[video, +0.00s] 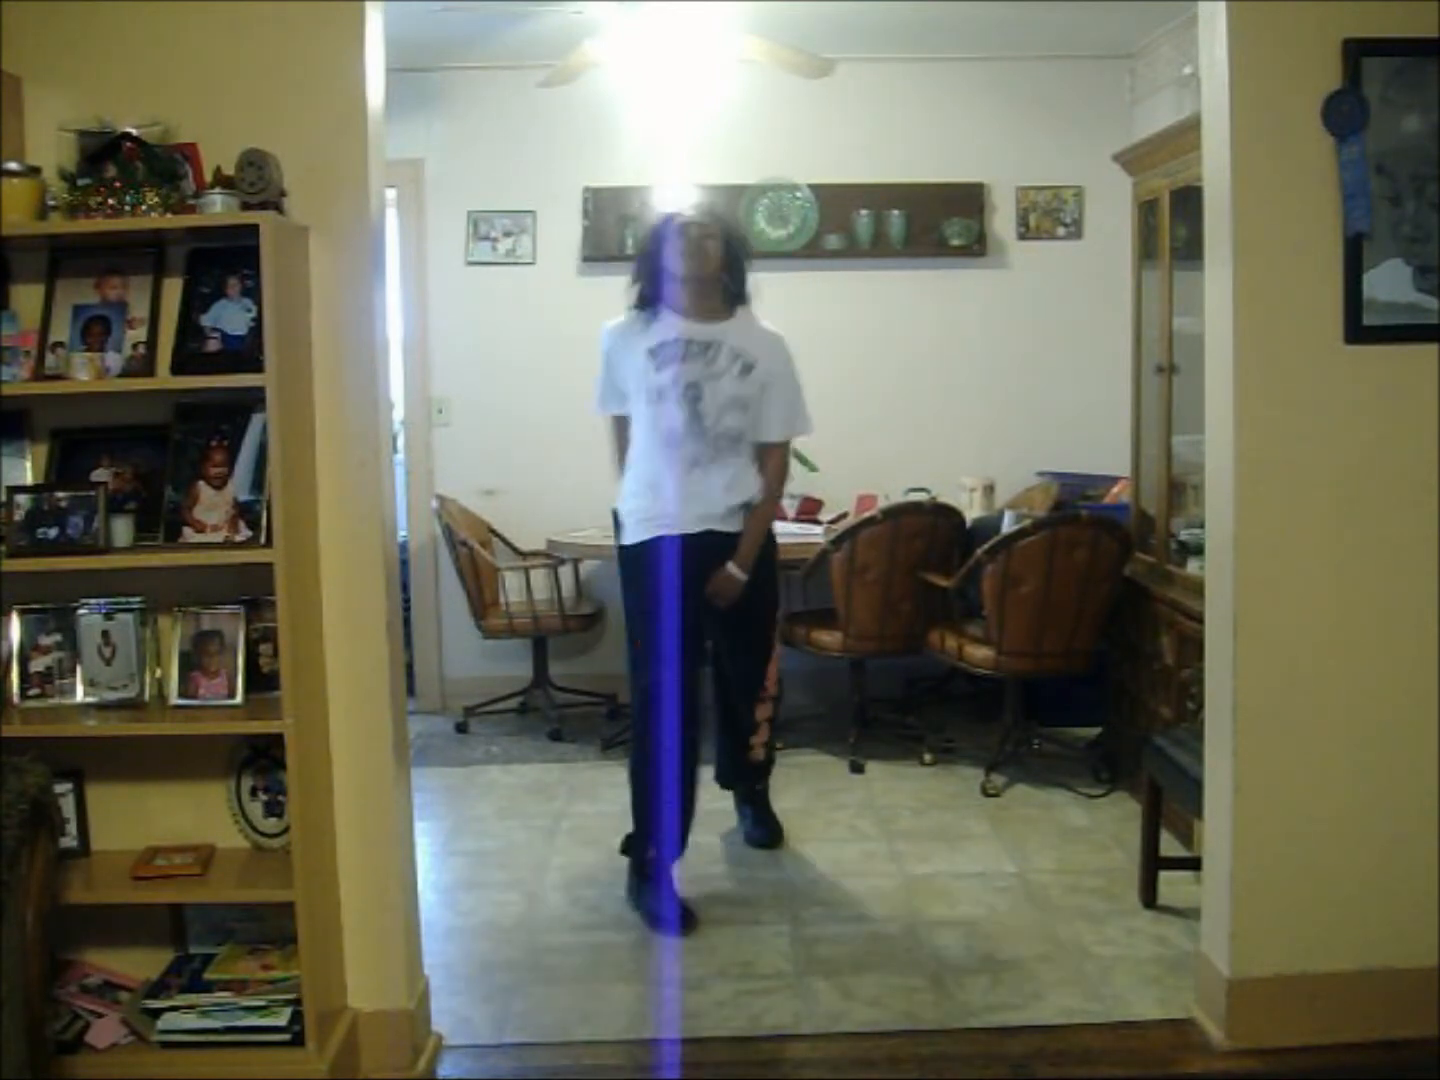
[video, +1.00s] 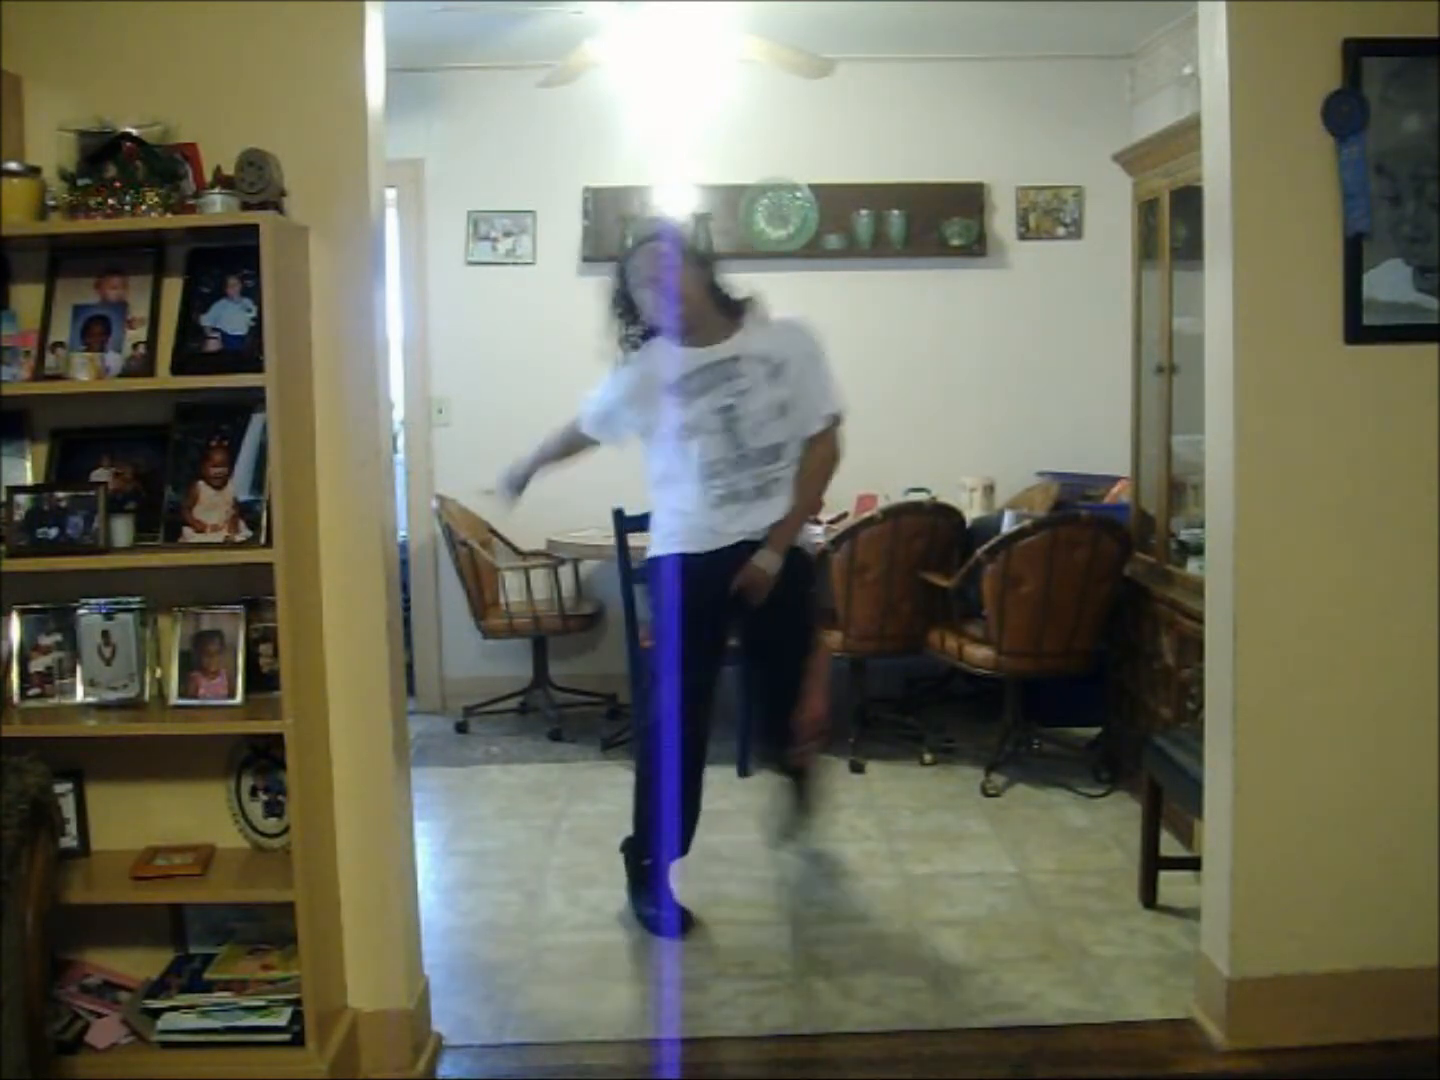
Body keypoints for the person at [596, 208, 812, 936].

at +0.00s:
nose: (694, 249)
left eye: (707, 238)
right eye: (680, 238)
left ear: (727, 255)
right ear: (657, 256)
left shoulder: (762, 346)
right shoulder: (626, 340)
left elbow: (775, 466)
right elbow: (622, 447)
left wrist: (743, 558)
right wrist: (638, 520)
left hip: (737, 533)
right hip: (652, 535)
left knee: (746, 676)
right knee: (662, 697)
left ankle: (751, 789)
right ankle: (653, 861)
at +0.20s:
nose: (668, 287)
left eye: (683, 273)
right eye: (657, 272)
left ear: (714, 276)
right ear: (638, 275)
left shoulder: (754, 345)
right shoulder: (613, 344)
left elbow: (764, 462)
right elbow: (598, 455)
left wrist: (735, 559)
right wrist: (597, 551)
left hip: (731, 534)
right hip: (647, 535)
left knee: (736, 679)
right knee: (660, 692)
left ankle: (743, 781)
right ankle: (651, 861)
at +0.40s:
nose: (623, 275)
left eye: (635, 259)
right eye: (618, 265)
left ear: (676, 258)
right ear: (625, 275)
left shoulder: (755, 346)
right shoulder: (617, 351)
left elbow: (769, 464)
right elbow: (600, 464)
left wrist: (737, 563)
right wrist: (594, 562)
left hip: (731, 543)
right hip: (645, 545)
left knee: (734, 685)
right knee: (661, 698)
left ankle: (738, 783)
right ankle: (651, 863)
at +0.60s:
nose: (606, 290)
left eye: (617, 275)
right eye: (604, 276)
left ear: (662, 273)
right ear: (629, 279)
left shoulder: (754, 347)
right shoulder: (608, 351)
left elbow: (772, 467)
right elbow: (603, 456)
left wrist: (738, 572)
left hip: (734, 545)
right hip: (650, 545)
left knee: (734, 687)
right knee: (661, 705)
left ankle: (738, 783)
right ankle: (651, 866)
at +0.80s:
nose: (626, 289)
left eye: (638, 274)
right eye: (624, 276)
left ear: (677, 274)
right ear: (636, 280)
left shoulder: (769, 352)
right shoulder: (627, 358)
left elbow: (783, 473)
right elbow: (582, 451)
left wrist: (747, 575)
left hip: (746, 551)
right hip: (657, 548)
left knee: (738, 695)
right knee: (660, 707)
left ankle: (738, 785)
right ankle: (651, 868)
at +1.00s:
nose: (661, 288)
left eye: (669, 271)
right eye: (646, 283)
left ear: (704, 270)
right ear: (637, 302)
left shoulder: (784, 343)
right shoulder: (645, 373)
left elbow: (824, 445)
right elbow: (582, 431)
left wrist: (779, 544)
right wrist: (526, 468)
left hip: (777, 549)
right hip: (688, 556)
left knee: (781, 702)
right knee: (673, 719)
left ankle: (794, 764)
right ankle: (651, 872)